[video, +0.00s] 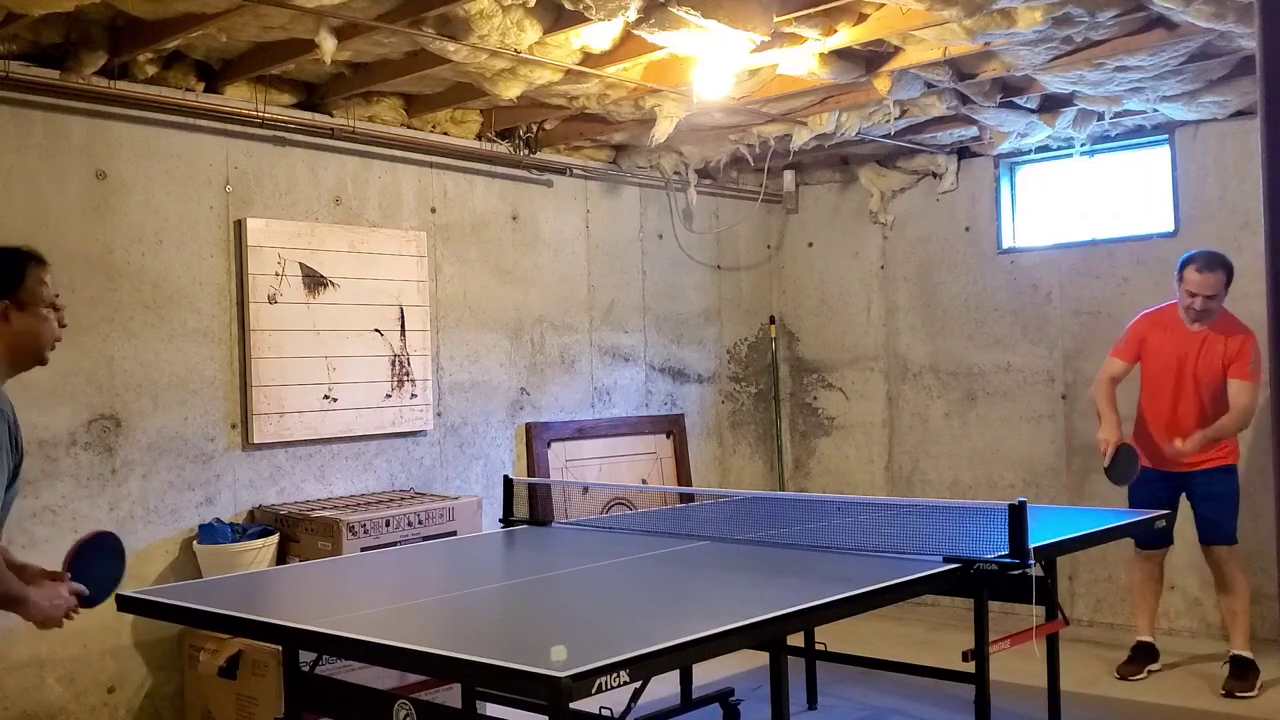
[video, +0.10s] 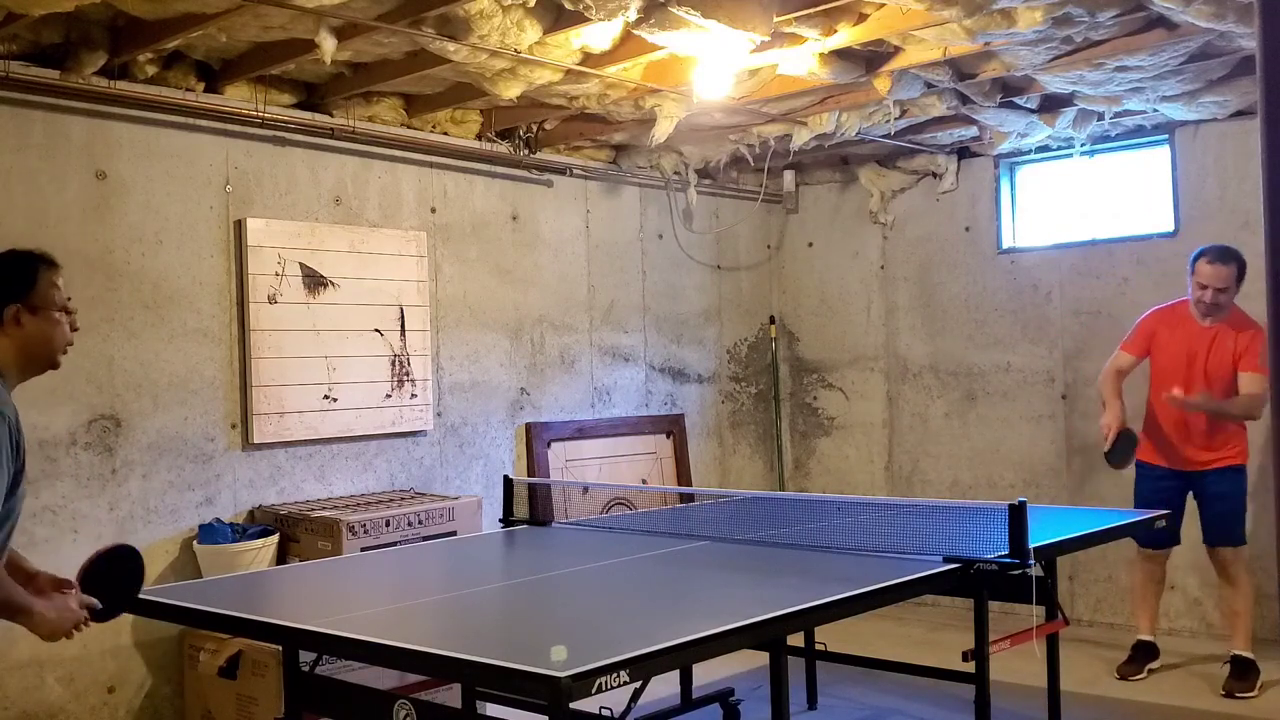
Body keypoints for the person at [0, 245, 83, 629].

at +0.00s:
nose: (63, 322)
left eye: (58, 307)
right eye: (51, 306)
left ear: (9, 312)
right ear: (8, 312)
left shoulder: (6, 414)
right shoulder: (3, 415)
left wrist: (25, 573)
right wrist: (24, 599)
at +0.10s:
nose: (75, 325)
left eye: (70, 310)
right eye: (62, 310)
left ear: (17, 317)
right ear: (16, 317)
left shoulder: (7, 410)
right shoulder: (2, 413)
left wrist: (32, 579)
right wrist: (30, 611)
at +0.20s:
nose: (83, 327)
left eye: (78, 312)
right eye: (71, 311)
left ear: (27, 320)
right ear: (25, 319)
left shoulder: (8, 411)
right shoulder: (2, 415)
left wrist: (40, 582)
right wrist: (35, 614)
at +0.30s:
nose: (89, 325)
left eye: (84, 311)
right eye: (76, 310)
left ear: (32, 321)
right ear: (30, 320)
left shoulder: (11, 409)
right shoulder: (5, 416)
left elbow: (2, 531)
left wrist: (51, 579)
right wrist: (47, 613)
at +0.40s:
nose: (90, 325)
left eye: (84, 311)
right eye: (77, 311)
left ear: (32, 322)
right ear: (31, 321)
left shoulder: (12, 408)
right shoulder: (6, 415)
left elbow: (5, 531)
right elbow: (2, 560)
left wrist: (57, 571)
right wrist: (56, 605)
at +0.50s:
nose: (86, 335)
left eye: (80, 320)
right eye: (73, 320)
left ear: (28, 331)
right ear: (27, 331)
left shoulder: (11, 418)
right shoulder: (5, 423)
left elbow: (7, 536)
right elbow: (1, 568)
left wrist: (61, 567)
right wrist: (62, 600)